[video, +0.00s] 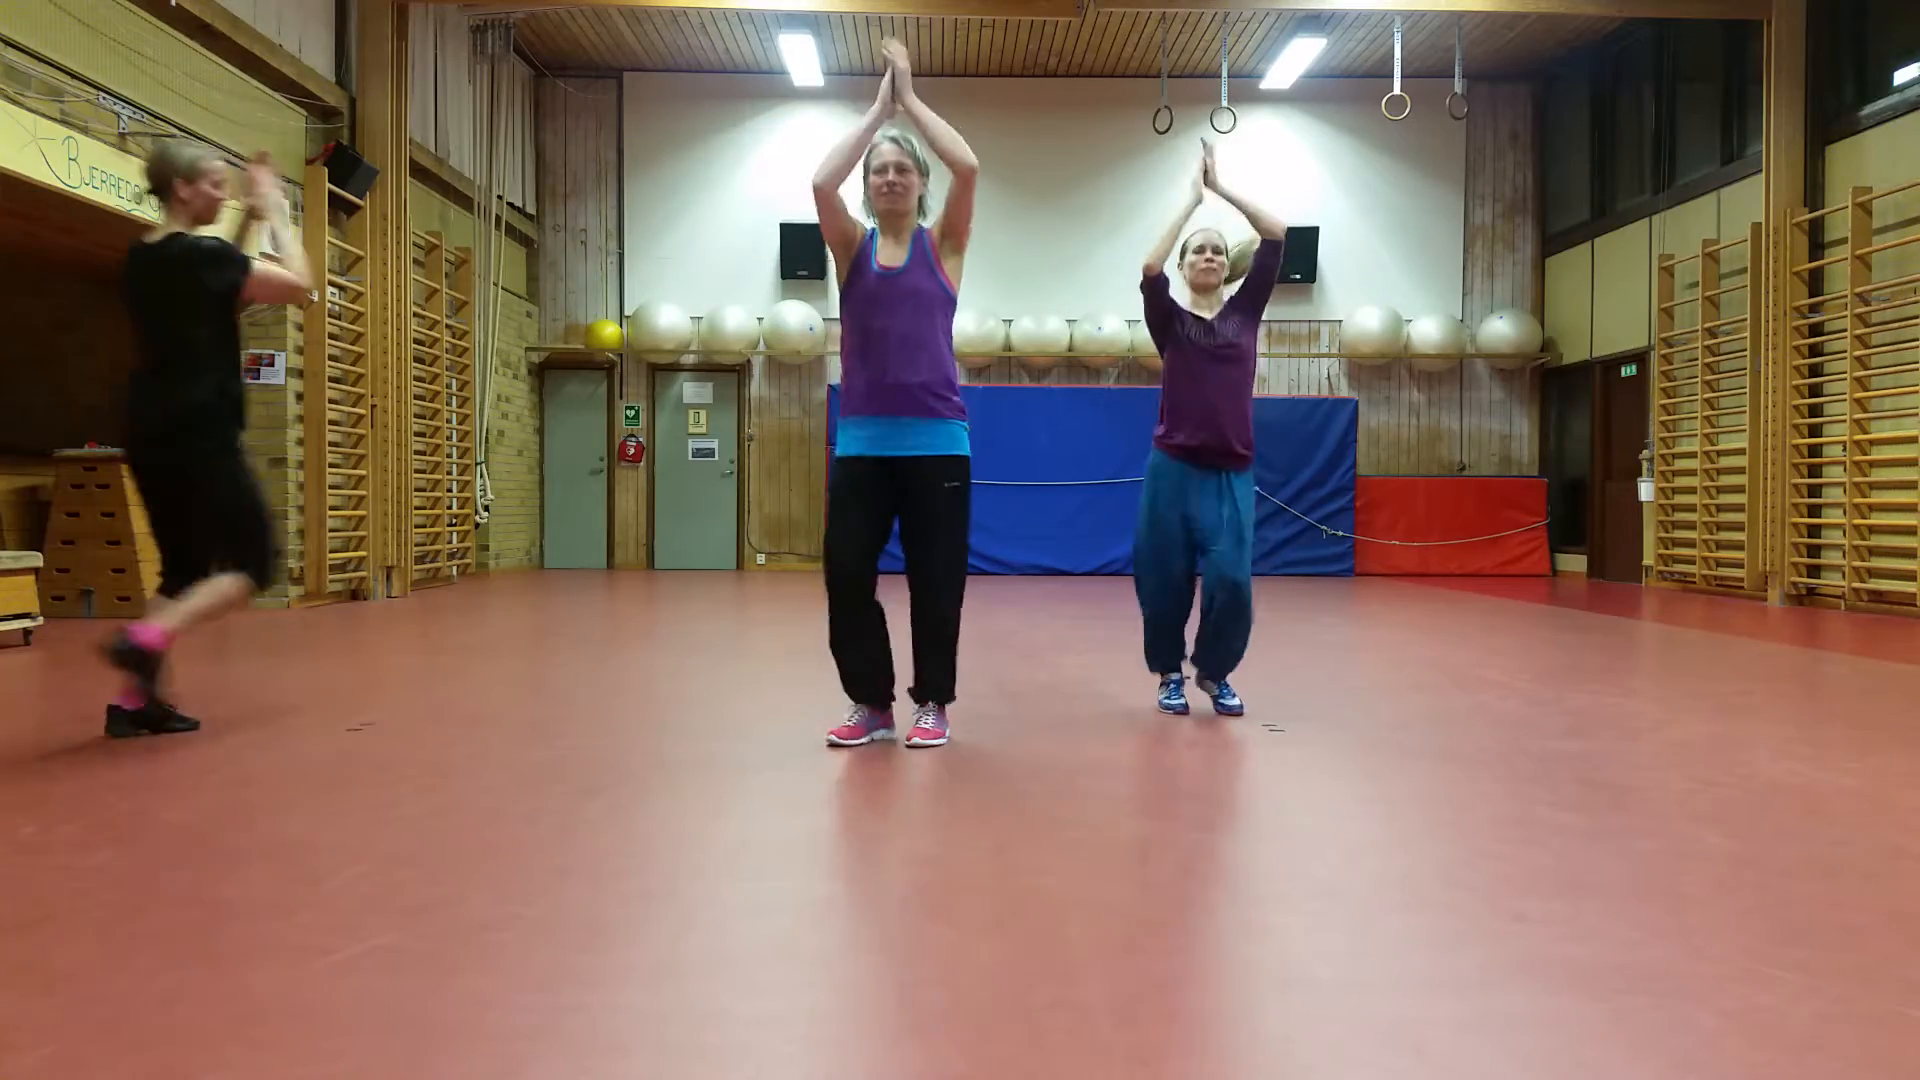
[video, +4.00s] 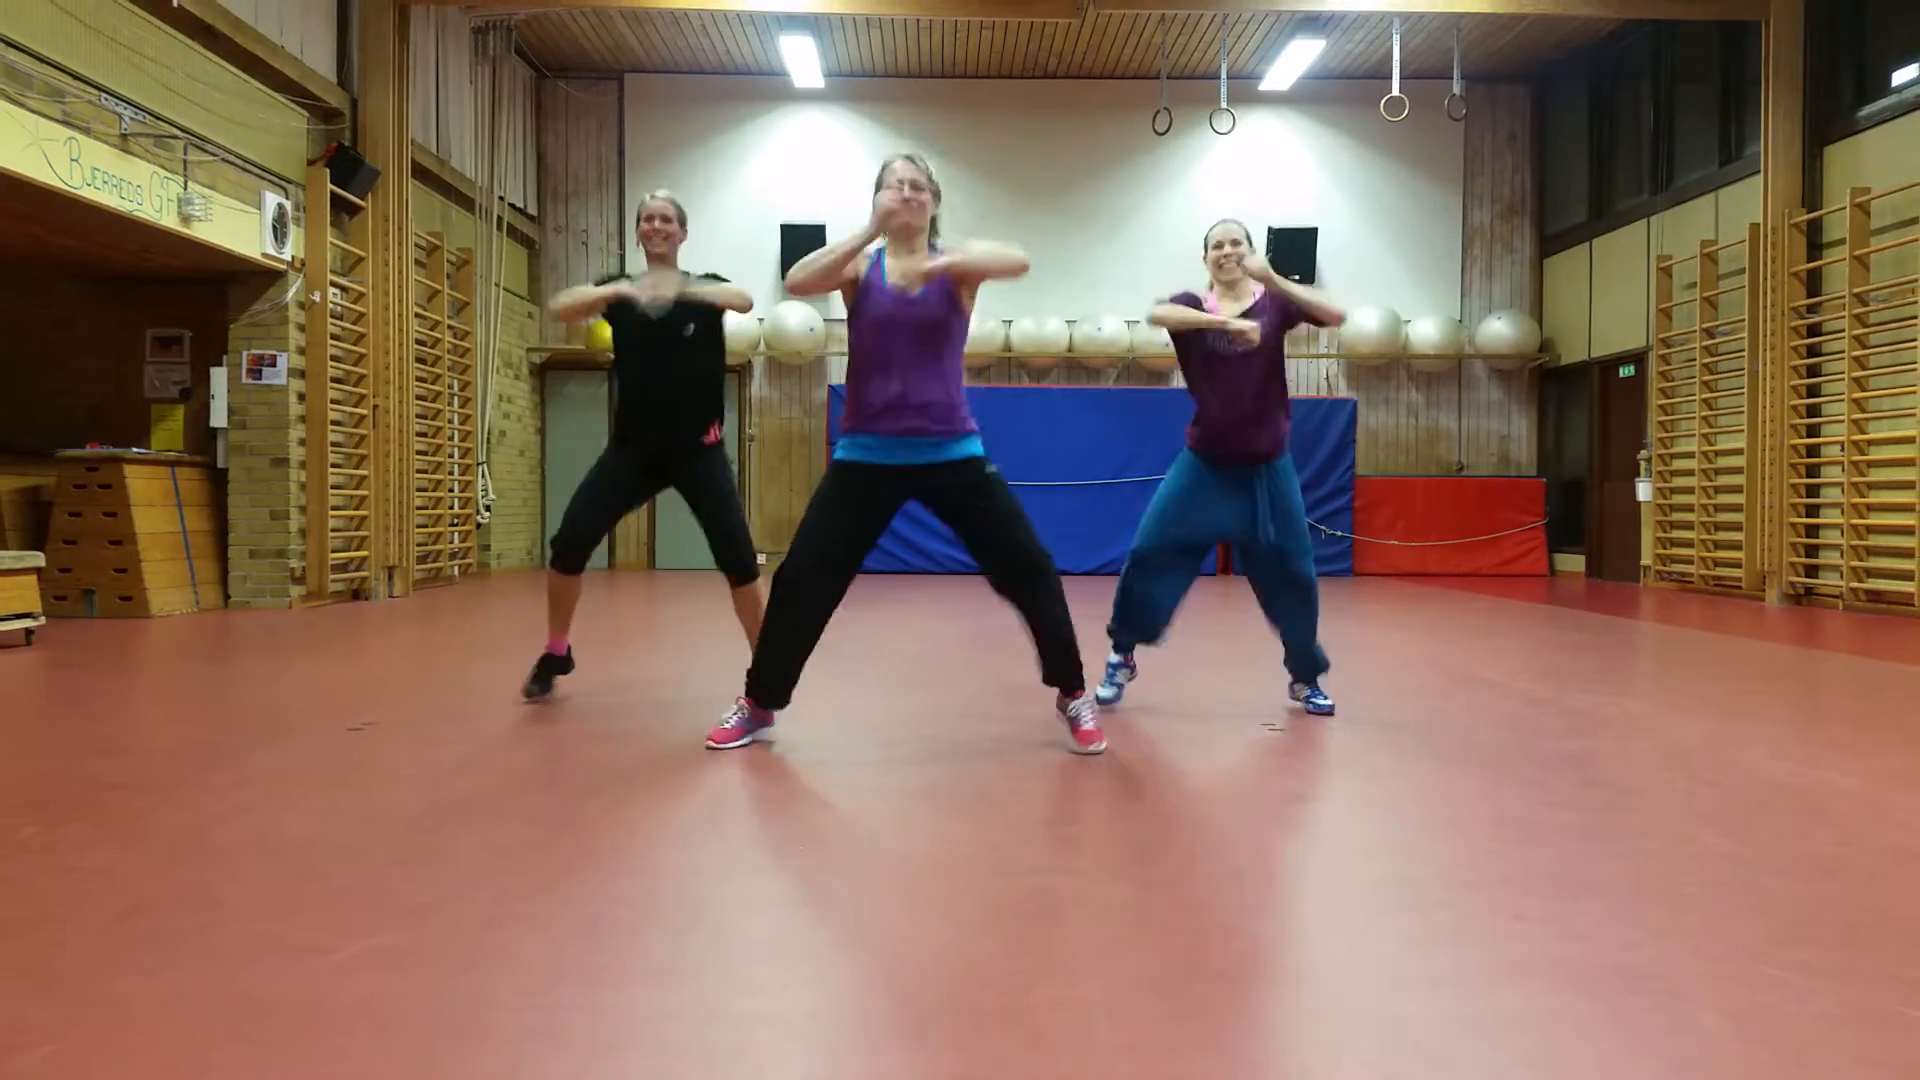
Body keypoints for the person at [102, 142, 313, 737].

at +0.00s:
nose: (223, 195)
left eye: (224, 185)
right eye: (216, 184)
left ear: (171, 193)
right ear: (183, 189)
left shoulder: (140, 256)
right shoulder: (208, 256)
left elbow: (222, 283)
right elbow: (300, 283)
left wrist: (251, 213)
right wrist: (273, 210)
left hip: (149, 435)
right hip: (203, 435)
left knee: (182, 564)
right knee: (252, 563)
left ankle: (142, 700)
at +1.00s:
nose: (530, 207)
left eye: (535, 199)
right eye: (520, 199)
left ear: (547, 211)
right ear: (502, 211)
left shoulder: (563, 269)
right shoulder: (487, 267)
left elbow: (611, 275)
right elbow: (519, 285)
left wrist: (594, 208)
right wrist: (519, 216)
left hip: (548, 417)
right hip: (504, 417)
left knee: (558, 531)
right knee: (557, 527)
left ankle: (503, 640)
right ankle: (558, 650)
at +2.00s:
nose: (644, 227)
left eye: (654, 221)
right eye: (636, 220)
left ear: (669, 234)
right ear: (623, 231)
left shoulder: (685, 292)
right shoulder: (599, 296)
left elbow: (715, 343)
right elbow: (553, 348)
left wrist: (653, 312)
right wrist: (591, 302)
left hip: (666, 445)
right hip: (604, 446)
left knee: (705, 540)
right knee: (604, 562)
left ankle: (696, 650)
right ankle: (607, 665)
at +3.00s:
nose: (660, 232)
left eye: (671, 226)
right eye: (652, 225)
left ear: (688, 240)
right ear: (642, 239)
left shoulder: (712, 301)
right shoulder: (619, 304)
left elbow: (746, 363)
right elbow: (584, 368)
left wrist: (704, 323)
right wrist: (617, 319)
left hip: (708, 451)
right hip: (644, 452)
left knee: (737, 561)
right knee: (583, 548)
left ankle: (761, 666)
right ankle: (578, 653)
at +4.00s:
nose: (656, 227)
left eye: (666, 220)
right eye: (648, 219)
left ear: (682, 232)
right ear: (636, 231)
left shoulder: (703, 287)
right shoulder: (618, 291)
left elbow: (744, 301)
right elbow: (558, 307)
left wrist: (681, 290)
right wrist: (617, 292)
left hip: (698, 452)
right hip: (633, 451)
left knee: (740, 562)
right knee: (568, 544)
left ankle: (767, 670)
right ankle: (556, 653)